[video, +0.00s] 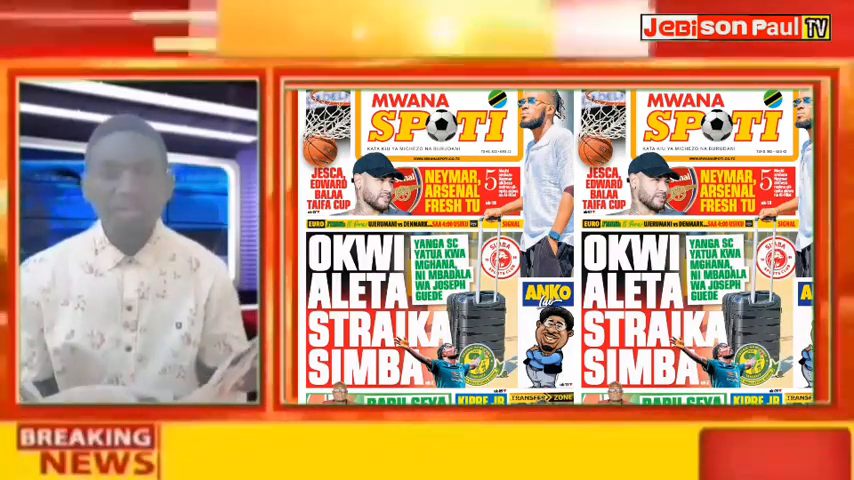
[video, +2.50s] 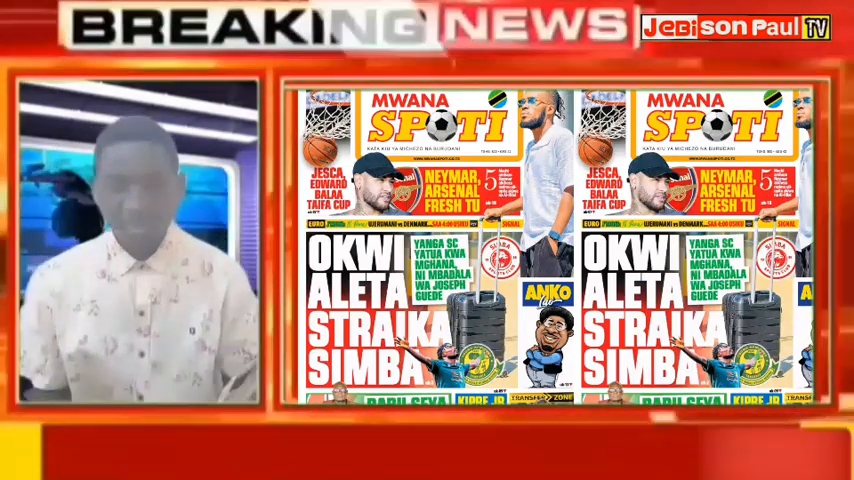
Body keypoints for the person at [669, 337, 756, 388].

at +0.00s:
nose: (729, 348)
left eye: (729, 347)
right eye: (725, 347)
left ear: (731, 351)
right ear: (718, 353)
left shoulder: (737, 366)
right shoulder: (714, 364)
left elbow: (750, 365)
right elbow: (698, 359)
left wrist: (754, 359)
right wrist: (684, 348)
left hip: (737, 401)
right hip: (720, 402)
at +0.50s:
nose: (729, 348)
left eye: (729, 347)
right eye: (724, 347)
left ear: (731, 351)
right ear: (718, 353)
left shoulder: (737, 366)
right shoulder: (714, 364)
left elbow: (749, 365)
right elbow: (698, 359)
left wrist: (754, 359)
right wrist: (684, 348)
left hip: (736, 401)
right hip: (720, 401)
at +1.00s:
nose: (728, 349)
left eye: (729, 347)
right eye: (724, 347)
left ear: (731, 351)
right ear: (718, 353)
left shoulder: (737, 366)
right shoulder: (714, 364)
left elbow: (750, 365)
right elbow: (698, 359)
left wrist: (754, 359)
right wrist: (684, 348)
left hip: (736, 401)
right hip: (720, 401)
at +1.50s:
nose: (729, 348)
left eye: (729, 347)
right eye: (724, 347)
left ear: (731, 351)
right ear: (718, 353)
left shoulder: (737, 366)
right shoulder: (714, 364)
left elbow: (749, 365)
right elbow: (698, 359)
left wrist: (754, 359)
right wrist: (684, 348)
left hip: (736, 401)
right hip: (720, 401)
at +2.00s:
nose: (728, 349)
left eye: (729, 347)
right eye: (724, 347)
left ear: (731, 351)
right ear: (718, 353)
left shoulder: (737, 366)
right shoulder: (714, 364)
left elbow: (750, 365)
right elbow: (698, 359)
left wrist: (754, 359)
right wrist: (684, 348)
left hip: (737, 401)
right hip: (720, 401)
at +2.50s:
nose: (729, 348)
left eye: (729, 347)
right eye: (724, 347)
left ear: (731, 351)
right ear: (718, 353)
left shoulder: (737, 366)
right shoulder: (714, 364)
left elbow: (749, 365)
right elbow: (698, 359)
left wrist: (754, 359)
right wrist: (684, 348)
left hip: (736, 401)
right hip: (720, 401)